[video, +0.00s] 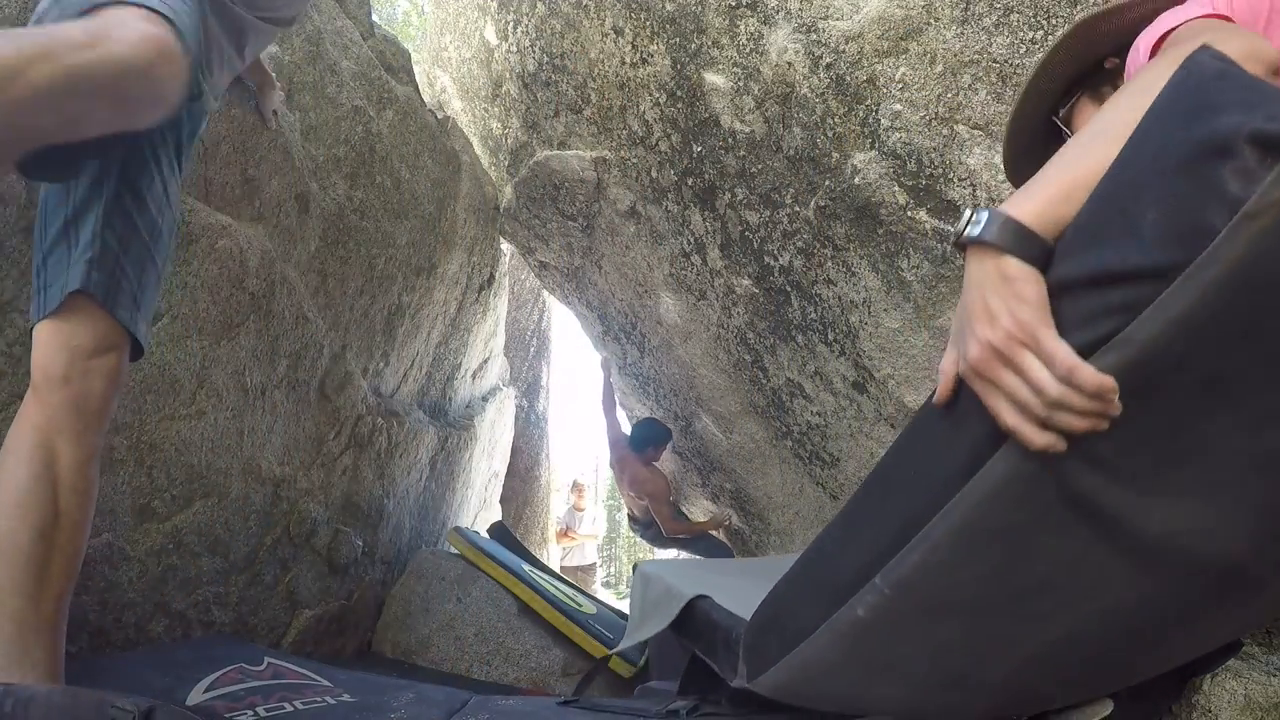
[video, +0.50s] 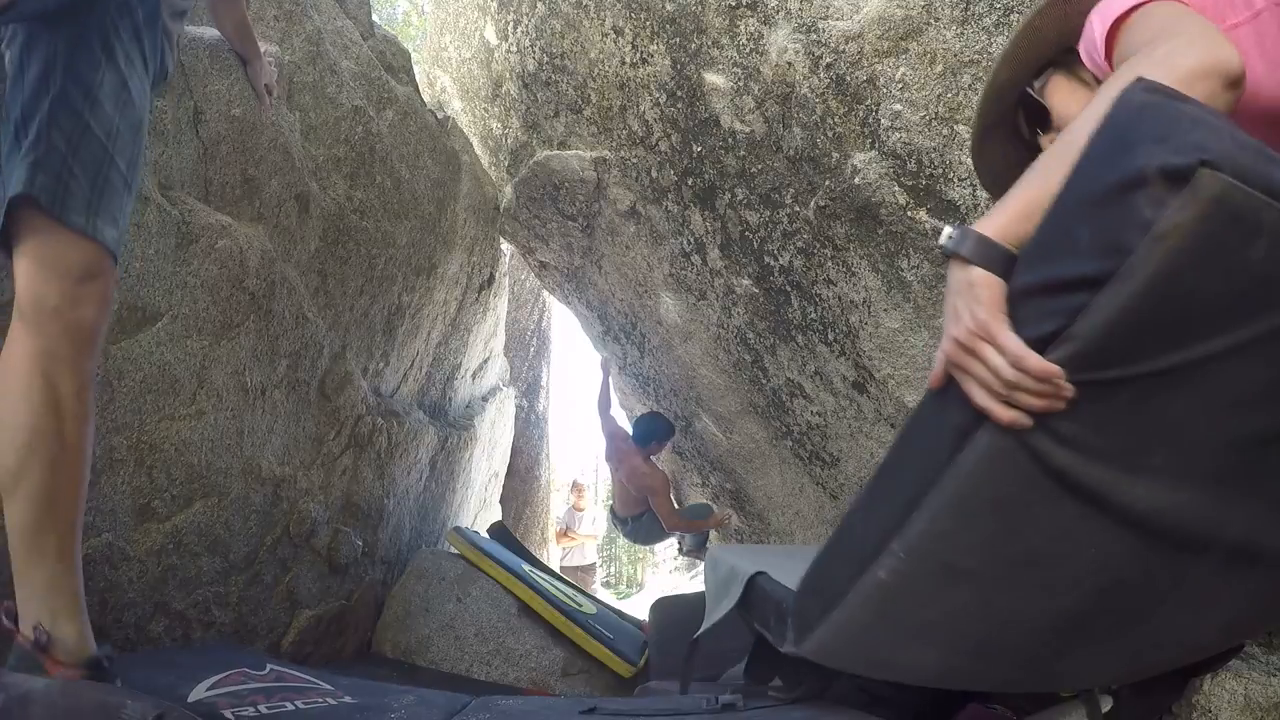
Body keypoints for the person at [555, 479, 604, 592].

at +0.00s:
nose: (581, 492)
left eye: (584, 489)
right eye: (577, 489)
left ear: (589, 492)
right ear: (571, 492)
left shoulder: (596, 513)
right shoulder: (564, 513)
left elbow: (597, 538)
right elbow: (560, 541)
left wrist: (571, 533)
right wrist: (585, 538)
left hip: (589, 564)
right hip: (567, 565)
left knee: (590, 603)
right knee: (568, 603)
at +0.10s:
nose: (580, 492)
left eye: (583, 489)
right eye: (577, 489)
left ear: (589, 492)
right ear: (571, 492)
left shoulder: (597, 513)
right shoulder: (564, 514)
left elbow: (597, 538)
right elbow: (560, 541)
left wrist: (572, 533)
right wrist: (585, 538)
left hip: (589, 565)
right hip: (567, 566)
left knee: (589, 604)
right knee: (567, 604)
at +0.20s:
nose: (580, 492)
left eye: (583, 489)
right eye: (577, 489)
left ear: (589, 492)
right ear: (571, 492)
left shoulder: (596, 513)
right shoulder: (564, 513)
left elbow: (597, 538)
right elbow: (560, 541)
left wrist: (572, 533)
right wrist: (585, 538)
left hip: (589, 565)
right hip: (567, 566)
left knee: (589, 604)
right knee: (567, 604)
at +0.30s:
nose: (580, 492)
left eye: (583, 489)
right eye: (577, 489)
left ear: (589, 492)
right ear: (571, 492)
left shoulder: (596, 513)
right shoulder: (564, 513)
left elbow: (597, 538)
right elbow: (560, 541)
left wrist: (572, 533)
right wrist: (585, 538)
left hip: (589, 565)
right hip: (567, 566)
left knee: (589, 604)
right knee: (567, 604)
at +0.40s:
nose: (580, 493)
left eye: (583, 490)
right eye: (577, 490)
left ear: (589, 492)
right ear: (571, 492)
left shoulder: (597, 513)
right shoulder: (564, 513)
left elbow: (596, 539)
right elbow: (560, 541)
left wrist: (571, 533)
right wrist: (584, 538)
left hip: (589, 565)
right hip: (567, 566)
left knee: (589, 604)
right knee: (568, 605)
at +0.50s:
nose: (580, 493)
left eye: (583, 490)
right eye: (577, 490)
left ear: (589, 492)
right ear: (571, 492)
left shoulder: (597, 513)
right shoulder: (564, 513)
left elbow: (596, 539)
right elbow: (560, 541)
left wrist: (571, 533)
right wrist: (584, 538)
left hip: (589, 565)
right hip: (567, 566)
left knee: (589, 605)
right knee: (568, 605)